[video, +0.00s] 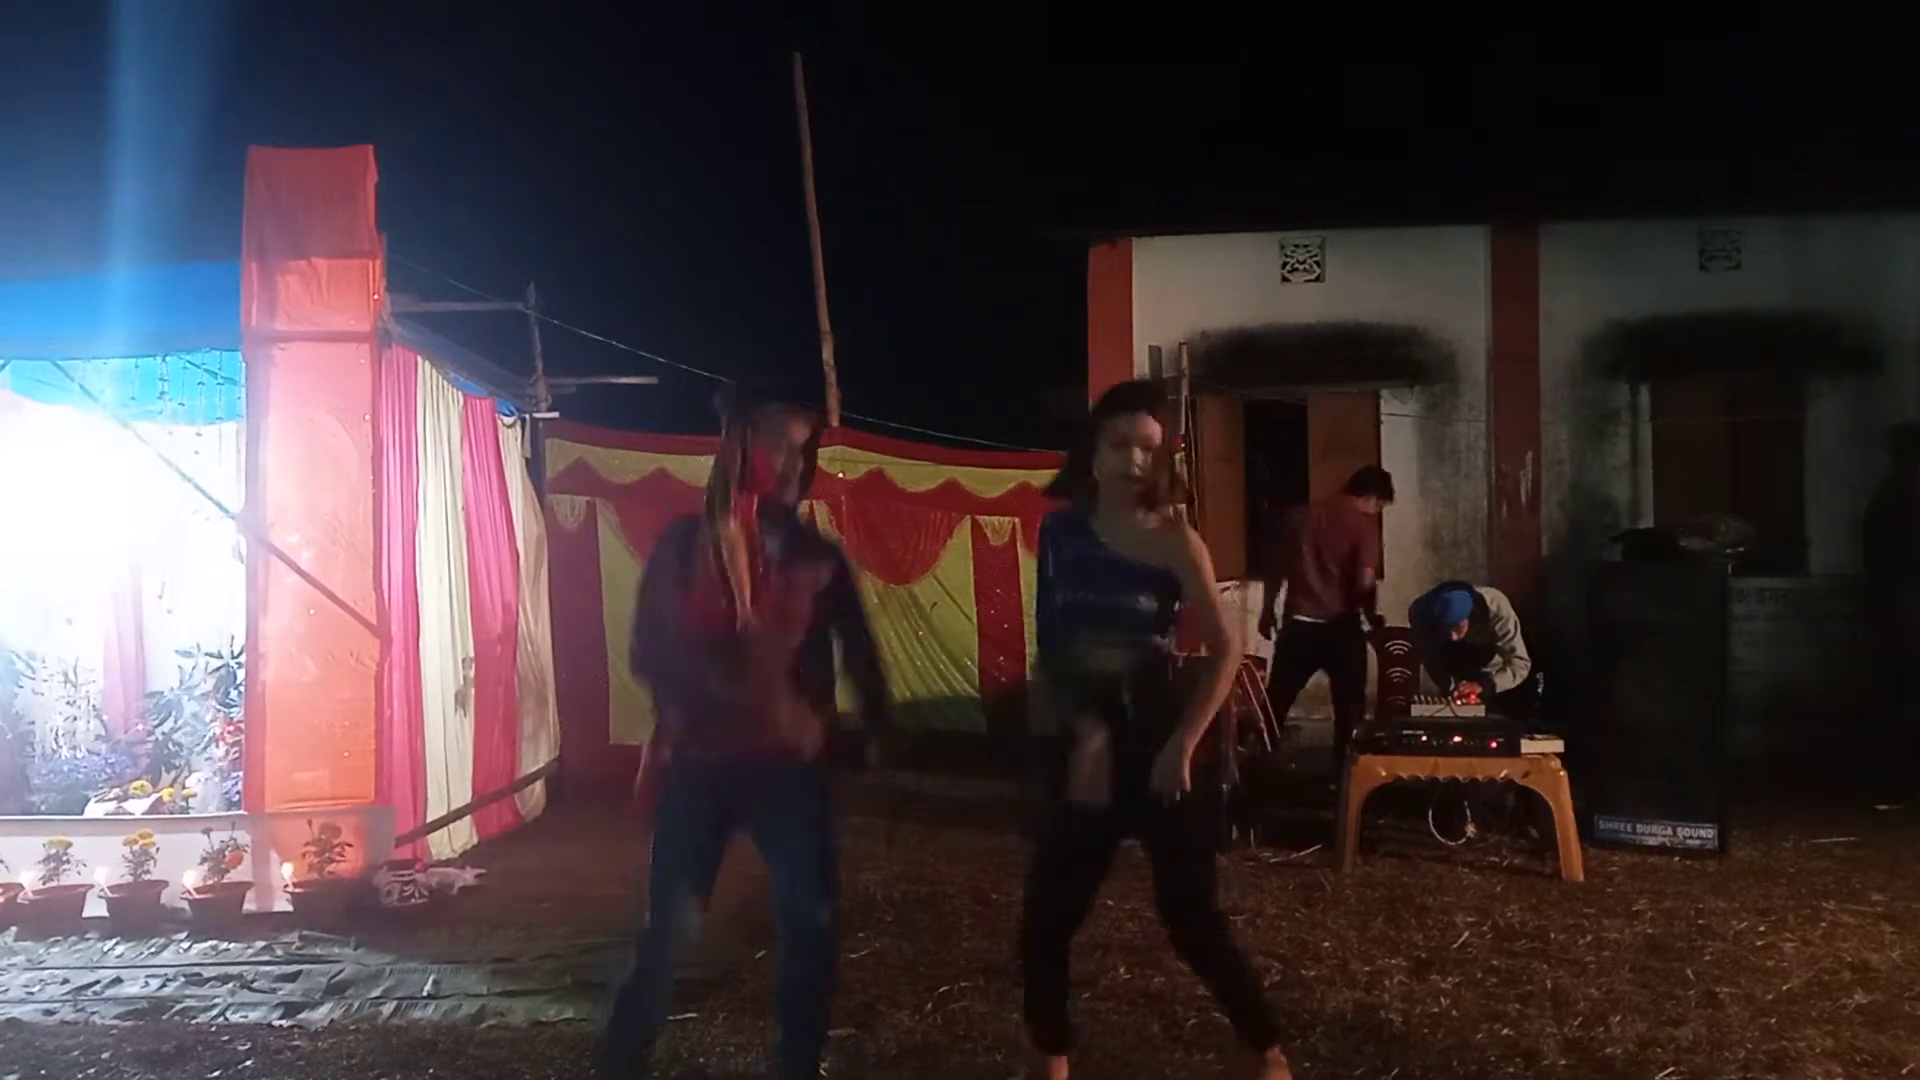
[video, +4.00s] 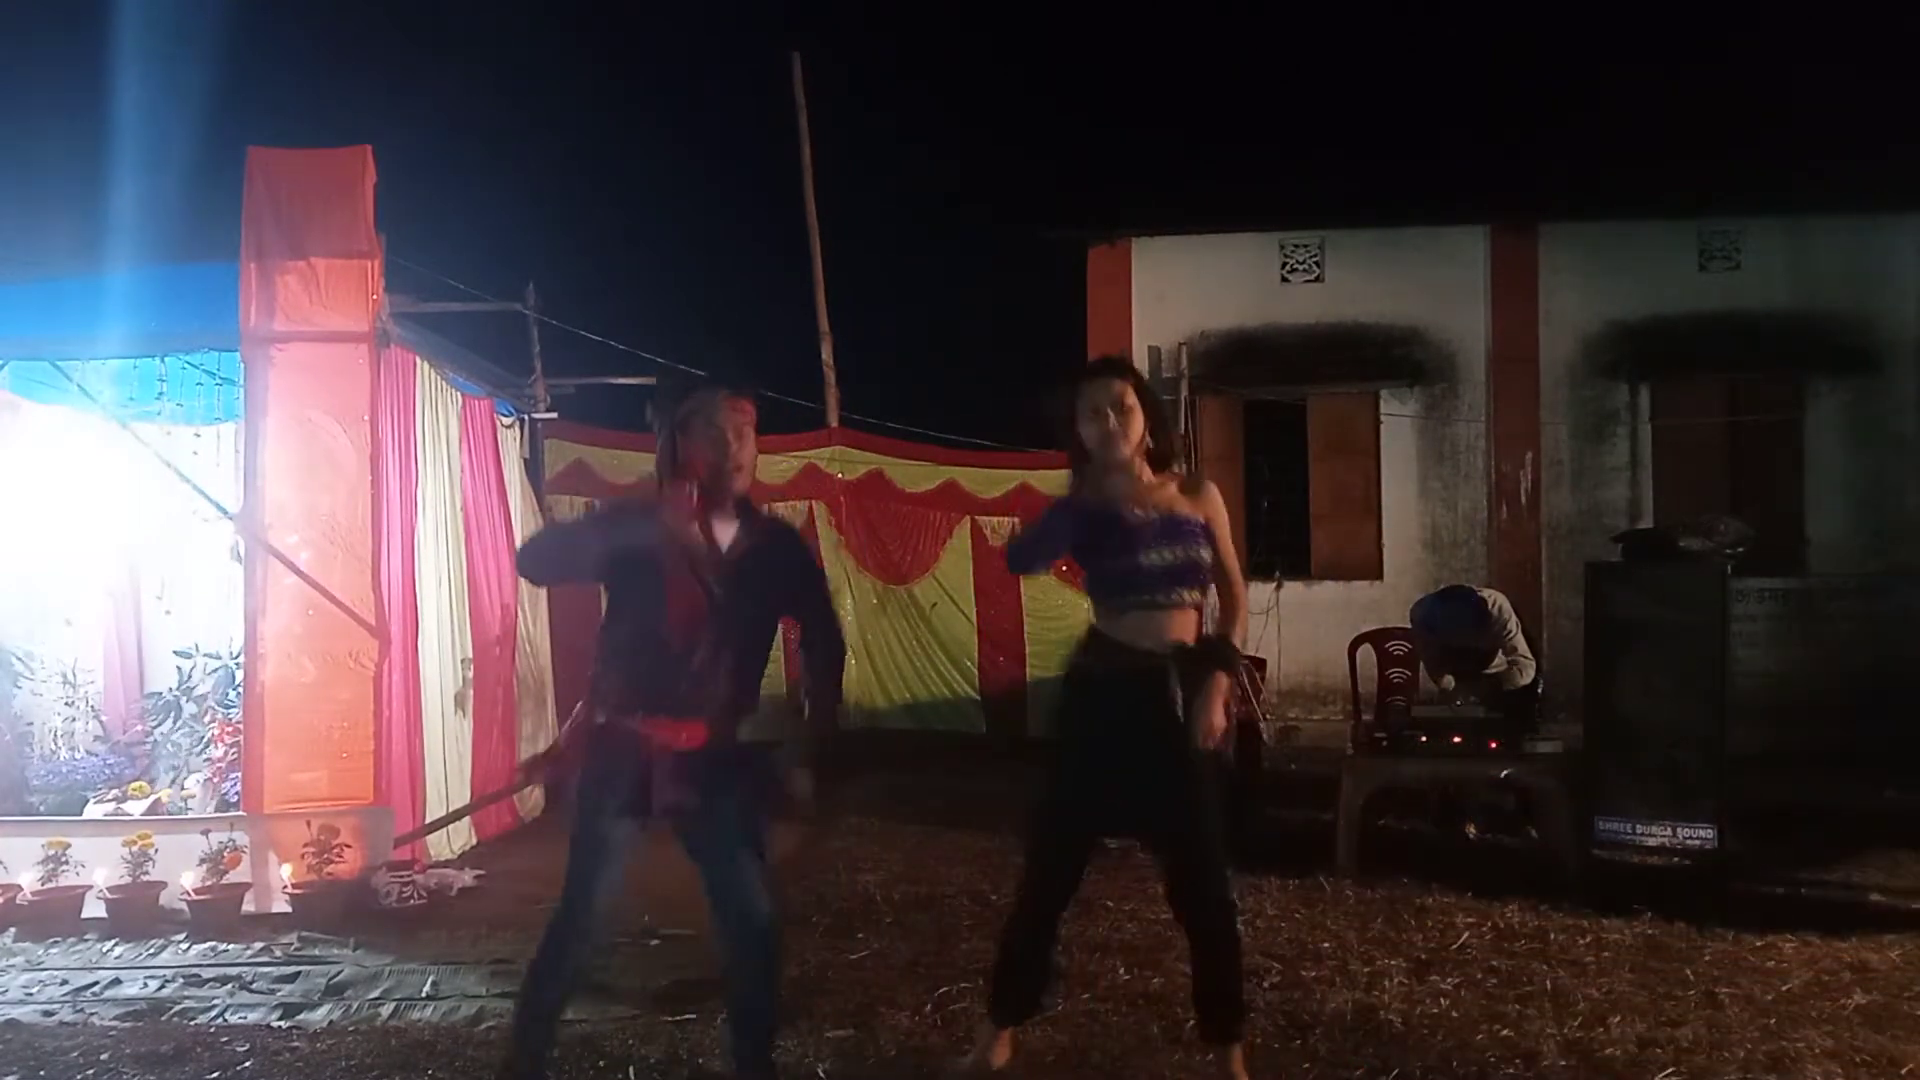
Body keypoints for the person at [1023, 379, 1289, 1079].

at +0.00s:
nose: (1137, 461)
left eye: (1150, 449)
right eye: (1123, 445)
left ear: (1164, 460)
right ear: (1093, 452)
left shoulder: (1175, 540)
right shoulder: (1060, 533)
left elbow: (1227, 648)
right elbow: (1050, 647)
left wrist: (1183, 742)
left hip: (1164, 740)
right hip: (1082, 739)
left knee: (1189, 914)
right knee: (1046, 915)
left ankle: (1270, 1055)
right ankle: (1051, 1060)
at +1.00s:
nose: (1147, 469)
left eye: (1150, 455)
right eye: (1131, 455)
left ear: (1153, 462)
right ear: (1096, 463)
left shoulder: (1147, 545)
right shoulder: (1059, 543)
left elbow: (1150, 644)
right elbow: (1028, 654)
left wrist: (1176, 710)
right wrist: (1110, 665)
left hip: (1122, 741)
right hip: (1056, 743)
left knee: (1192, 912)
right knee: (1025, 926)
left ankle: (1165, 1052)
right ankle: (943, 1062)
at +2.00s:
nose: (1172, 421)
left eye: (1173, 408)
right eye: (1160, 406)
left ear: (1170, 416)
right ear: (1121, 410)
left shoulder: (1174, 501)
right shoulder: (1075, 499)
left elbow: (1191, 600)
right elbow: (1082, 607)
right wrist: (1168, 565)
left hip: (1152, 689)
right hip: (1074, 691)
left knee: (1189, 871)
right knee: (1049, 871)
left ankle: (1221, 1043)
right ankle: (1027, 1045)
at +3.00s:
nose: (1078, 422)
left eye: (1091, 410)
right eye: (1064, 409)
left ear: (1103, 420)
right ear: (1037, 417)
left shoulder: (1130, 484)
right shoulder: (1018, 505)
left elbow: (1214, 531)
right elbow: (993, 611)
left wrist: (1140, 482)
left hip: (1153, 679)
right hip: (1073, 683)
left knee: (1191, 854)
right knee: (1055, 861)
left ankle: (1235, 1035)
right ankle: (1055, 1041)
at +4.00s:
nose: (1110, 421)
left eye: (1121, 408)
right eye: (1095, 412)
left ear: (1146, 418)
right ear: (1078, 429)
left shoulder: (1196, 498)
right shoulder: (1081, 508)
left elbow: (1232, 592)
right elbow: (1019, 559)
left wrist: (1222, 677)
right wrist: (1078, 504)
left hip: (1178, 690)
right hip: (1101, 687)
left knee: (1202, 878)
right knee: (1051, 868)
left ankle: (1228, 1045)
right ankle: (1000, 1034)